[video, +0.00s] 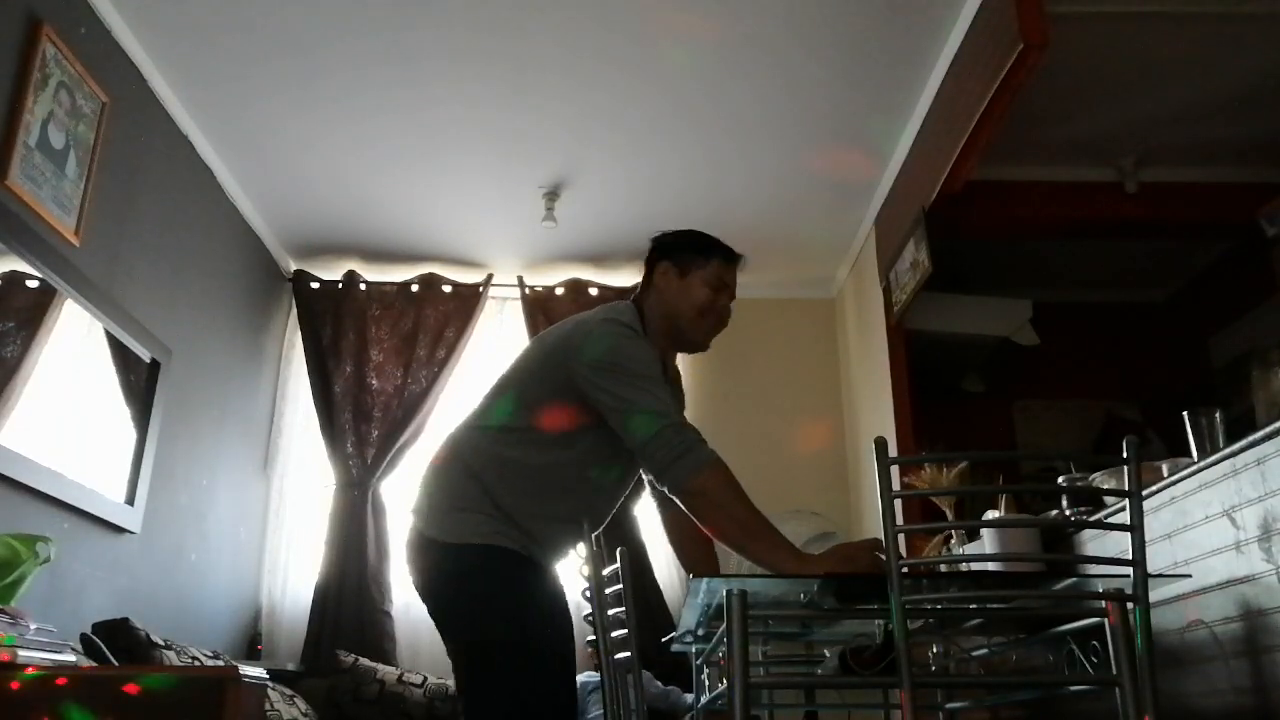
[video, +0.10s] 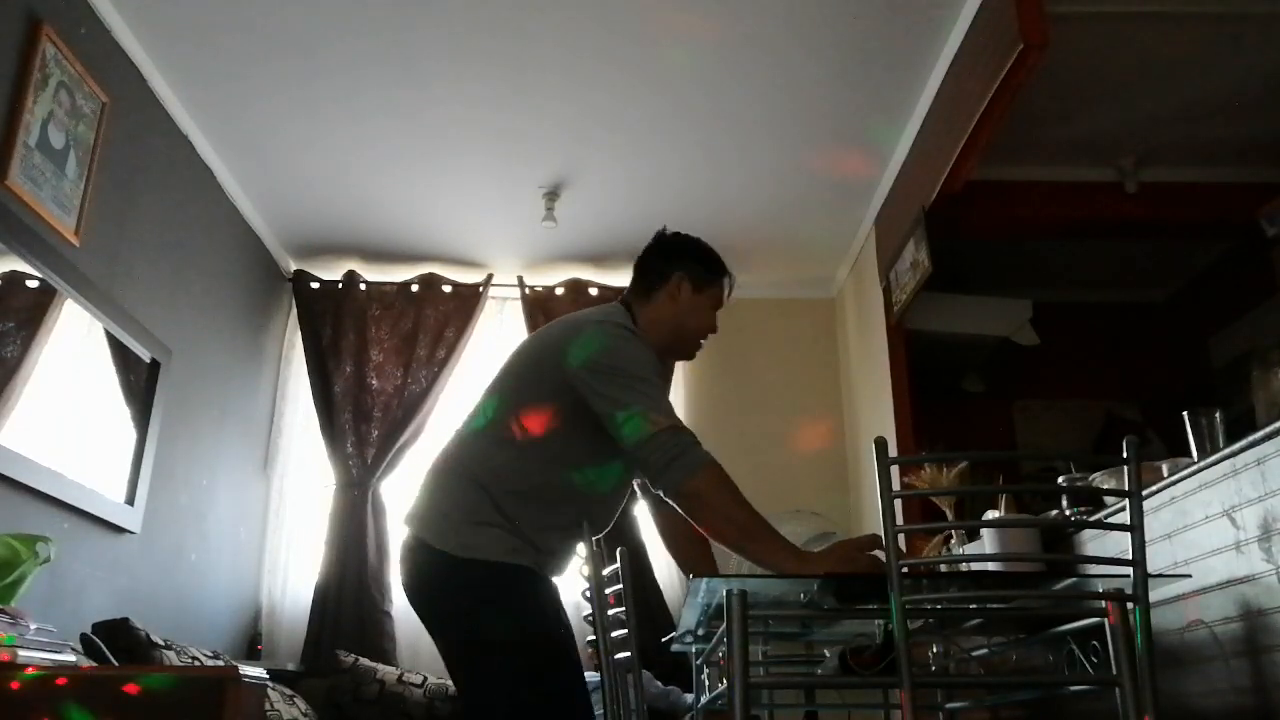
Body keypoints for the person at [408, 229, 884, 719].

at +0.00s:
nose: (727, 308)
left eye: (731, 297)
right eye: (717, 289)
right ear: (663, 276)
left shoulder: (654, 369)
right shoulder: (610, 340)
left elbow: (680, 499)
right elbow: (691, 473)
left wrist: (718, 603)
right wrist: (803, 564)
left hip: (515, 547)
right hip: (472, 538)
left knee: (542, 702)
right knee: (520, 703)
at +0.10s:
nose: (714, 327)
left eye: (718, 312)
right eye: (714, 307)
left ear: (671, 290)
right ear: (679, 289)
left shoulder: (624, 355)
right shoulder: (605, 342)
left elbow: (671, 499)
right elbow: (686, 474)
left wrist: (718, 599)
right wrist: (803, 562)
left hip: (505, 563)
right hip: (473, 560)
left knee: (550, 712)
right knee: (546, 714)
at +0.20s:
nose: (685, 325)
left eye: (690, 308)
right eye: (689, 305)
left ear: (626, 281)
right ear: (668, 290)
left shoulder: (579, 335)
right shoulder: (599, 333)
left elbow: (656, 487)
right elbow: (682, 456)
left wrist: (722, 579)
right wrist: (799, 547)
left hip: (470, 563)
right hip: (484, 566)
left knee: (520, 714)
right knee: (555, 713)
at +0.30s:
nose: (656, 286)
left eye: (660, 275)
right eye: (660, 272)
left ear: (595, 250)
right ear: (645, 261)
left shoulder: (547, 299)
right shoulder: (596, 295)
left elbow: (607, 449)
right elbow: (635, 416)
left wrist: (708, 500)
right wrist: (771, 464)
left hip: (462, 537)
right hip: (498, 541)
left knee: (520, 707)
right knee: (552, 708)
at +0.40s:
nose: (642, 242)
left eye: (644, 231)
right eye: (645, 229)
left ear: (585, 202)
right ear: (639, 216)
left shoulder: (534, 248)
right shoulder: (598, 237)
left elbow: (565, 397)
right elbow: (605, 353)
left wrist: (673, 420)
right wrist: (725, 378)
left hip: (461, 484)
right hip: (501, 490)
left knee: (491, 679)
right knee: (530, 684)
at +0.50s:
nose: (623, 204)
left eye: (625, 197)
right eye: (623, 195)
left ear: (556, 174)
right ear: (615, 184)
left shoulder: (500, 228)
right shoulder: (599, 205)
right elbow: (611, 327)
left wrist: (633, 357)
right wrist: (667, 374)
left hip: (440, 459)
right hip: (504, 459)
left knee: (473, 654)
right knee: (523, 662)